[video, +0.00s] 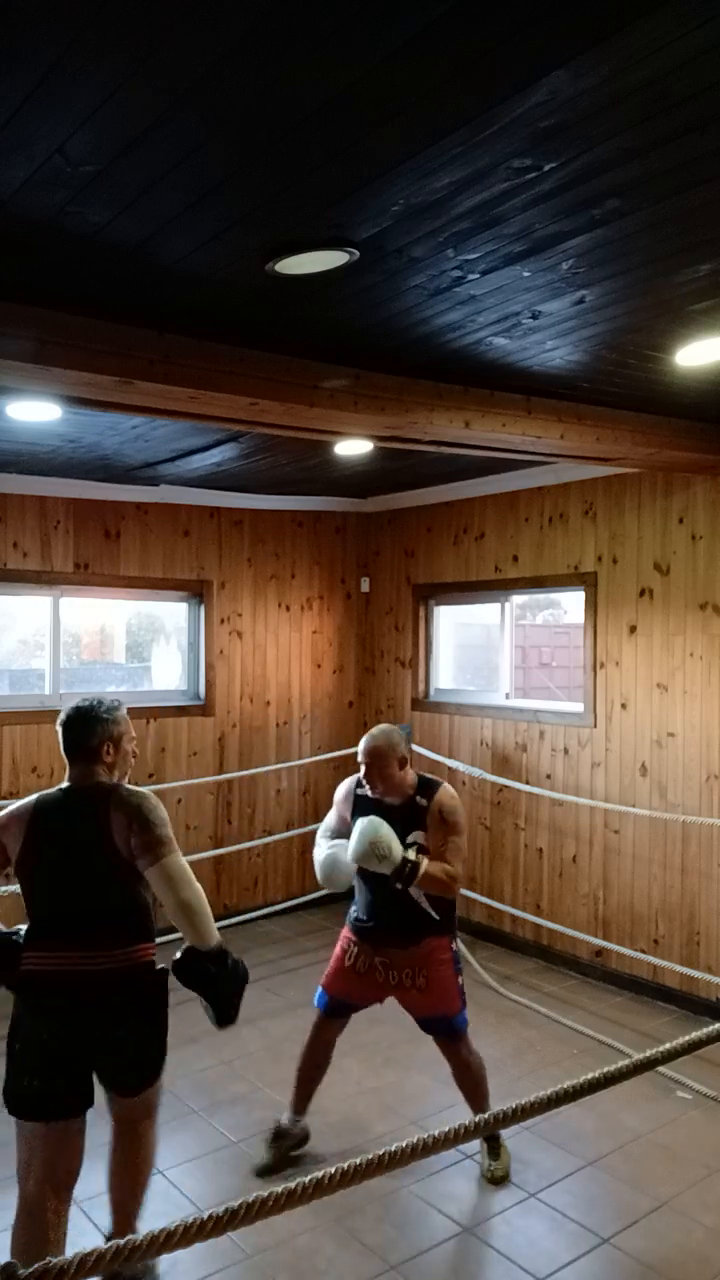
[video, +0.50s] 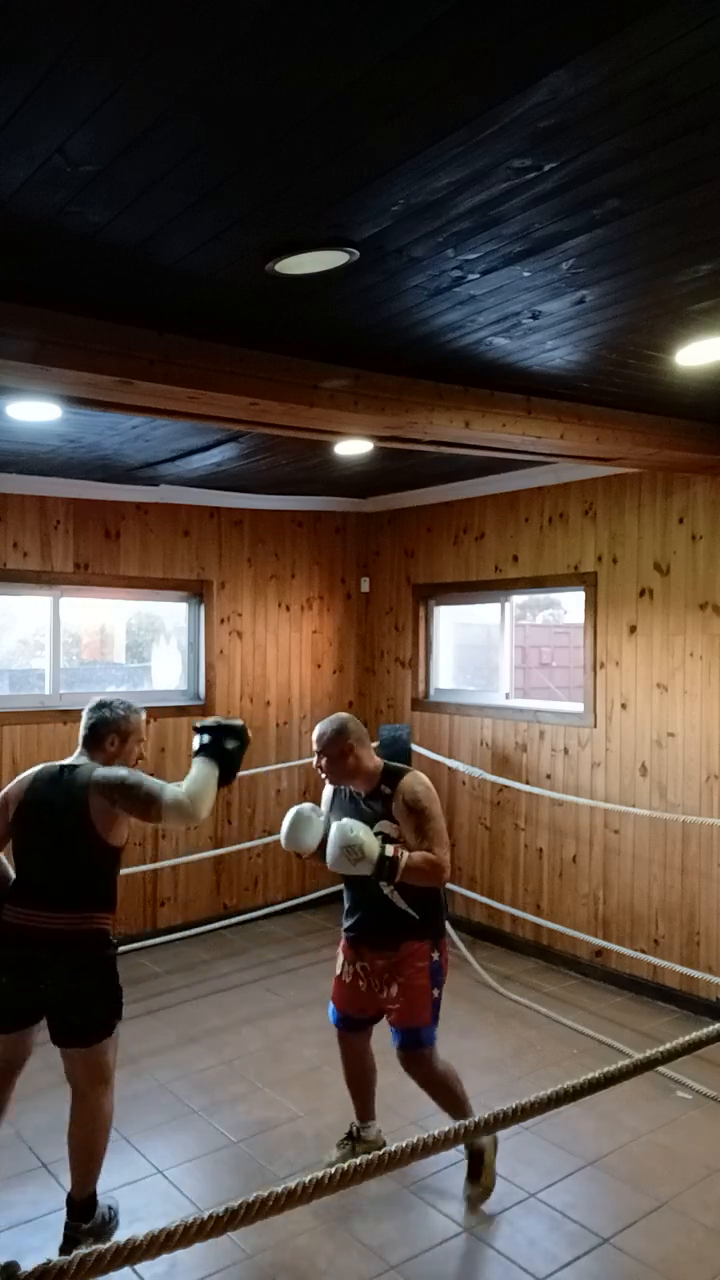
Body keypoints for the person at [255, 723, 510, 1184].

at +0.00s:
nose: (367, 777)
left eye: (375, 769)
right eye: (362, 768)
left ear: (405, 763)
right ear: (360, 762)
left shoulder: (443, 802)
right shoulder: (351, 791)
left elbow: (452, 880)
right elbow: (327, 841)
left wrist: (399, 862)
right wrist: (333, 861)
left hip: (426, 943)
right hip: (363, 936)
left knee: (455, 1045)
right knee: (325, 1025)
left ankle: (490, 1135)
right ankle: (293, 1124)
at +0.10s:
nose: (368, 769)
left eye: (376, 760)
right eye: (364, 759)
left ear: (404, 752)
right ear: (363, 756)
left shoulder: (445, 794)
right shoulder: (356, 783)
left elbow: (450, 874)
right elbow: (339, 848)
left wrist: (395, 845)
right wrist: (331, 846)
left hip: (429, 937)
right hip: (367, 929)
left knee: (457, 1039)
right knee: (336, 1022)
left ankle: (489, 1134)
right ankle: (335, 1125)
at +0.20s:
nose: (361, 768)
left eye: (369, 759)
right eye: (358, 759)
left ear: (400, 750)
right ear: (359, 756)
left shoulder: (438, 792)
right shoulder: (356, 781)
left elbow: (437, 869)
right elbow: (344, 841)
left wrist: (382, 836)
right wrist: (321, 837)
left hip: (429, 939)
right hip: (368, 935)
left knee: (459, 1038)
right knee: (349, 1031)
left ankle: (490, 1134)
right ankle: (366, 1132)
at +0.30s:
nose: (345, 766)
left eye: (351, 758)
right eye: (342, 758)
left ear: (381, 752)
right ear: (354, 757)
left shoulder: (427, 792)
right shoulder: (348, 786)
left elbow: (434, 870)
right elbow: (342, 850)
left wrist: (377, 841)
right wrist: (318, 842)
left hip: (424, 941)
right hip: (365, 935)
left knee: (451, 1045)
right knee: (346, 1032)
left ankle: (489, 1135)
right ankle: (366, 1132)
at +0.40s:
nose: (330, 769)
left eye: (337, 761)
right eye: (327, 761)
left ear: (366, 754)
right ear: (330, 758)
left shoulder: (418, 791)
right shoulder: (339, 789)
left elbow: (438, 870)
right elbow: (342, 854)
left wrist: (379, 851)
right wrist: (313, 842)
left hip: (418, 943)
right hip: (361, 937)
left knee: (432, 1056)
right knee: (345, 1033)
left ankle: (486, 1124)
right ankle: (366, 1132)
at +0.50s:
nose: (320, 768)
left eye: (325, 758)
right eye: (317, 759)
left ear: (354, 749)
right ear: (336, 755)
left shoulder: (412, 788)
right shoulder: (336, 791)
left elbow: (439, 868)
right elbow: (338, 856)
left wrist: (378, 853)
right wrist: (310, 839)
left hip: (415, 940)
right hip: (361, 935)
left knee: (415, 1055)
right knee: (349, 1030)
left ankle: (478, 1137)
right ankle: (366, 1132)